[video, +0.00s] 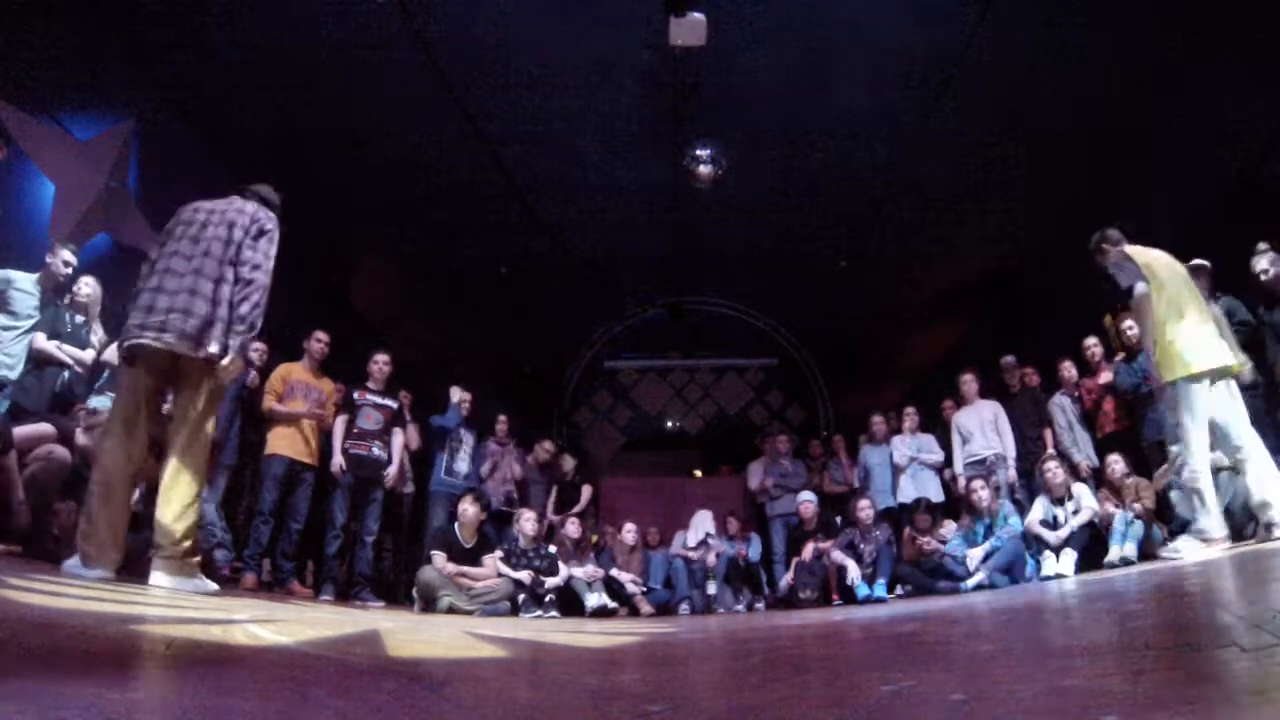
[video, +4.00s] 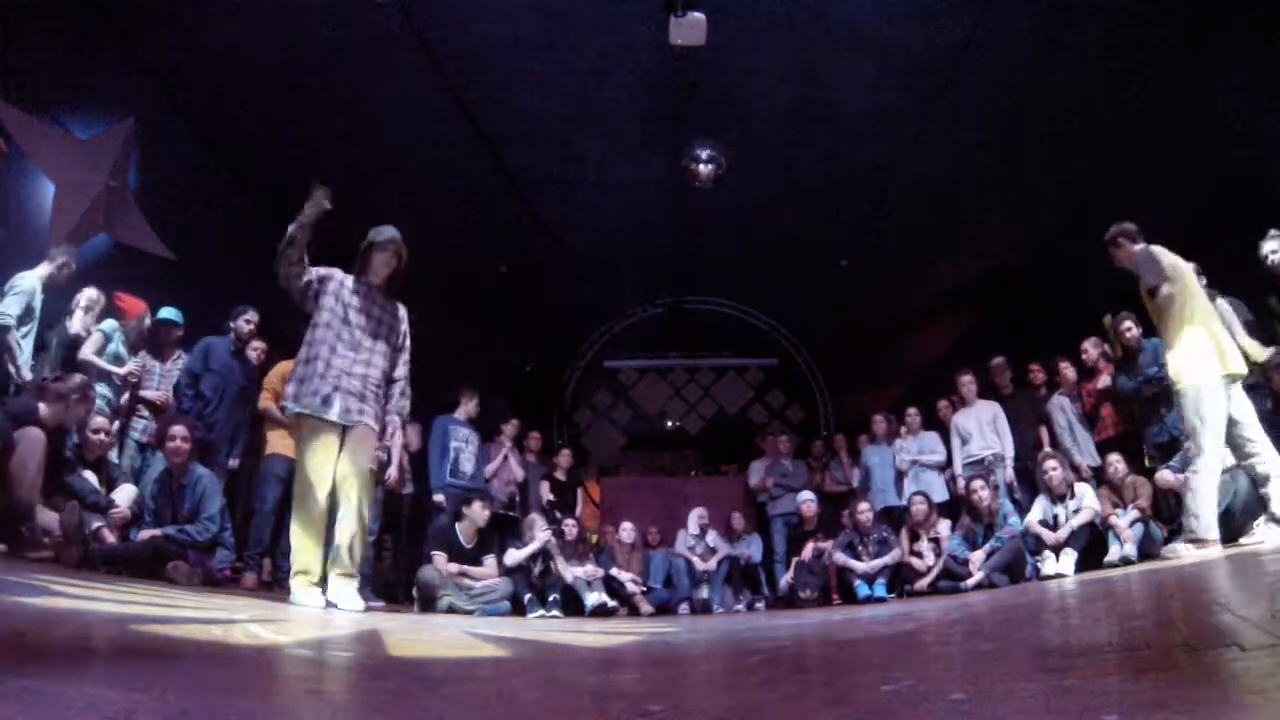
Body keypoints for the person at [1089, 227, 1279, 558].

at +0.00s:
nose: (1107, 268)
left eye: (1104, 262)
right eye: (1104, 264)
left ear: (1107, 249)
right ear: (1123, 241)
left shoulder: (1119, 257)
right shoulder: (1163, 257)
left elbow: (1141, 291)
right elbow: (1205, 308)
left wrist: (1147, 353)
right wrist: (1228, 351)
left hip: (1182, 361)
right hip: (1214, 354)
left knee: (1189, 451)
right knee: (1244, 440)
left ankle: (1208, 531)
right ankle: (1272, 516)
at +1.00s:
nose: (1064, 270)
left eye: (1067, 263)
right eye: (1057, 268)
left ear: (1078, 266)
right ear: (1053, 278)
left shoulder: (1110, 286)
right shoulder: (1063, 319)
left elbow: (1145, 323)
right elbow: (1077, 371)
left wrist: (1108, 331)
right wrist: (1091, 346)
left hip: (1146, 378)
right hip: (1113, 394)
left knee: (1172, 453)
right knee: (1126, 472)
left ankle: (1190, 532)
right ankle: (1135, 544)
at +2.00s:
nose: (1168, 214)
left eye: (1168, 208)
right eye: (1161, 208)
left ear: (1165, 213)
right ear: (1144, 213)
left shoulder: (1171, 257)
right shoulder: (1135, 253)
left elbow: (1191, 307)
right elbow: (1126, 309)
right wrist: (1129, 366)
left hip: (1211, 353)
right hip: (1189, 356)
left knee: (1217, 448)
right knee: (1235, 435)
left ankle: (1202, 529)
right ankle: (1271, 515)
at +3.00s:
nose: (1189, 177)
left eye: (1193, 167)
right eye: (1182, 173)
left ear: (1211, 164)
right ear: (1180, 182)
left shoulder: (1255, 198)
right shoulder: (1185, 230)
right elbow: (1198, 284)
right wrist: (1225, 332)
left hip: (1274, 325)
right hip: (1240, 338)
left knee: (1270, 425)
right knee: (1263, 429)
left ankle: (1273, 506)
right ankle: (1273, 507)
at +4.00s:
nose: (1115, 261)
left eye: (1114, 253)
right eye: (1112, 254)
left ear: (1123, 244)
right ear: (1134, 238)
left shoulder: (1145, 255)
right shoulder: (1173, 259)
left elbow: (1167, 289)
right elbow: (1216, 305)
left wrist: (1170, 344)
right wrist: (1248, 344)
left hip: (1195, 362)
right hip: (1219, 358)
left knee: (1203, 450)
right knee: (1254, 445)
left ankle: (1200, 535)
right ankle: (1277, 516)